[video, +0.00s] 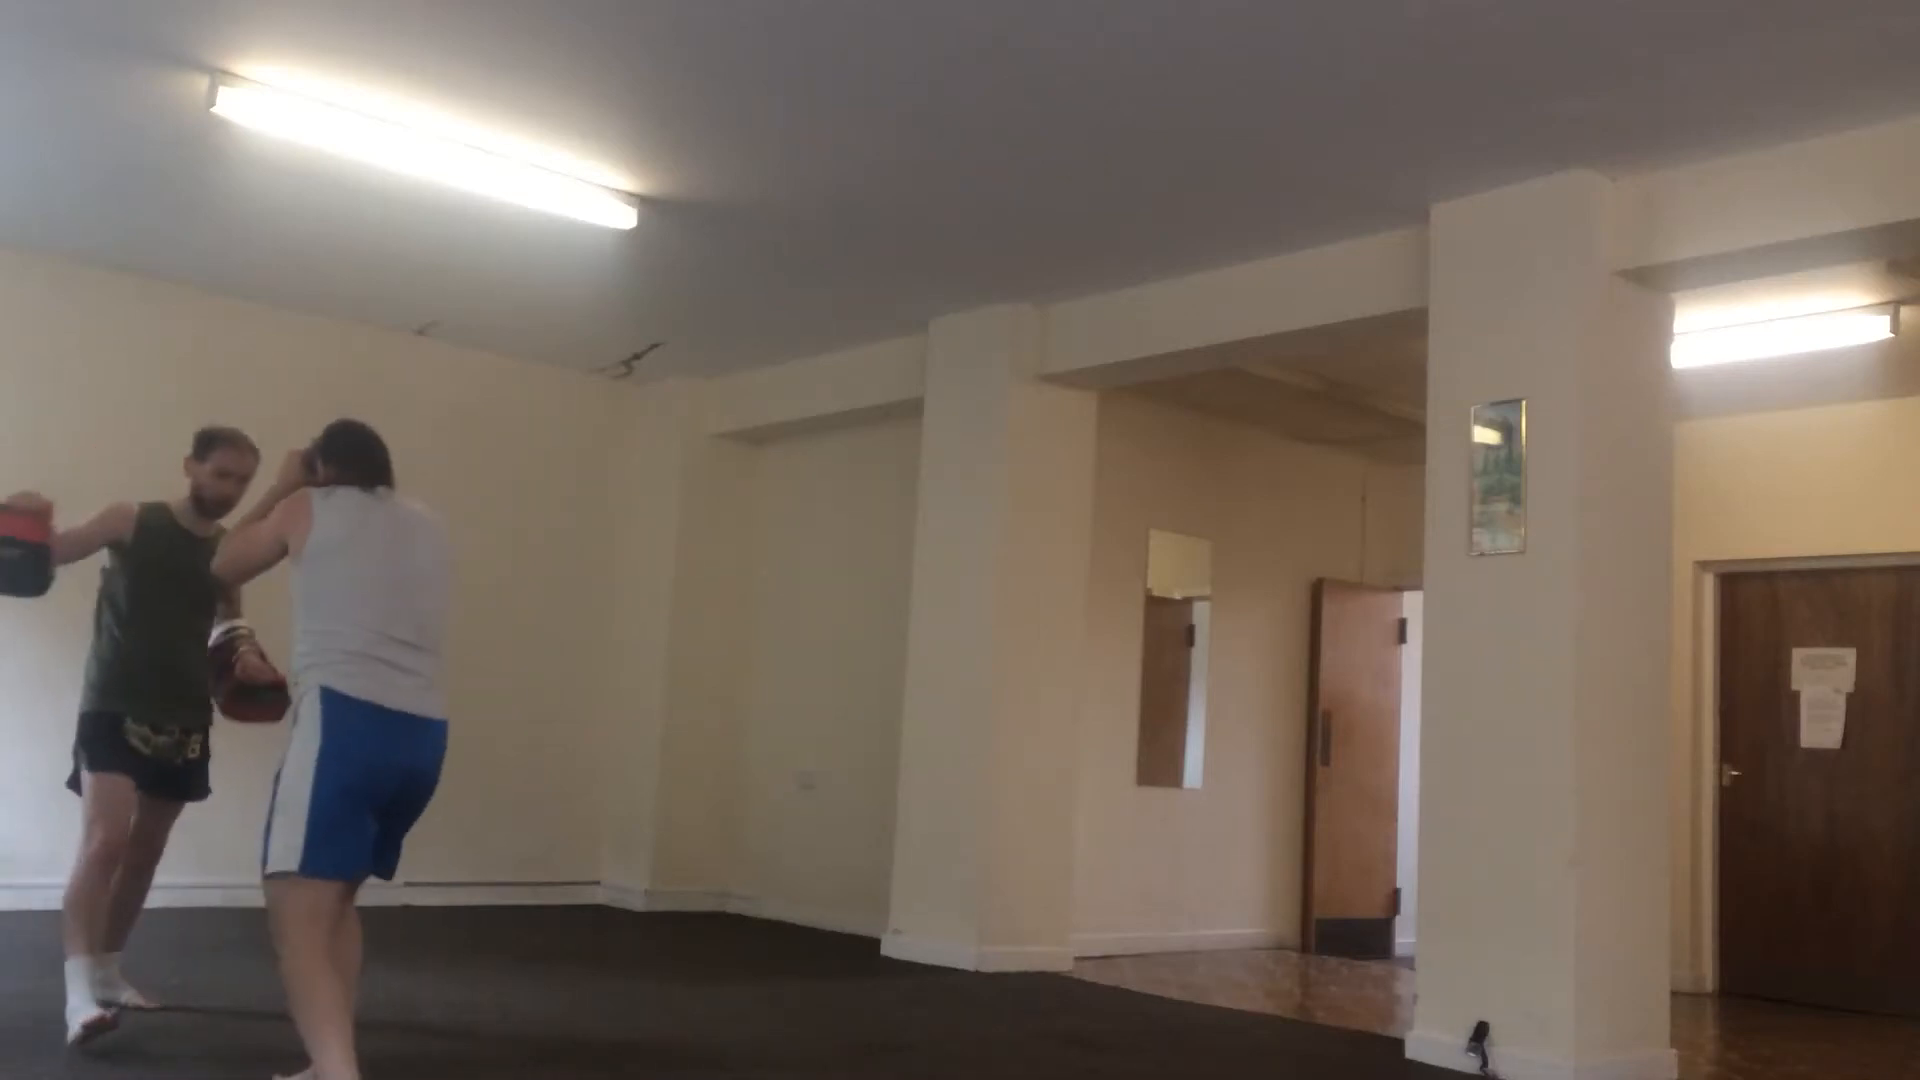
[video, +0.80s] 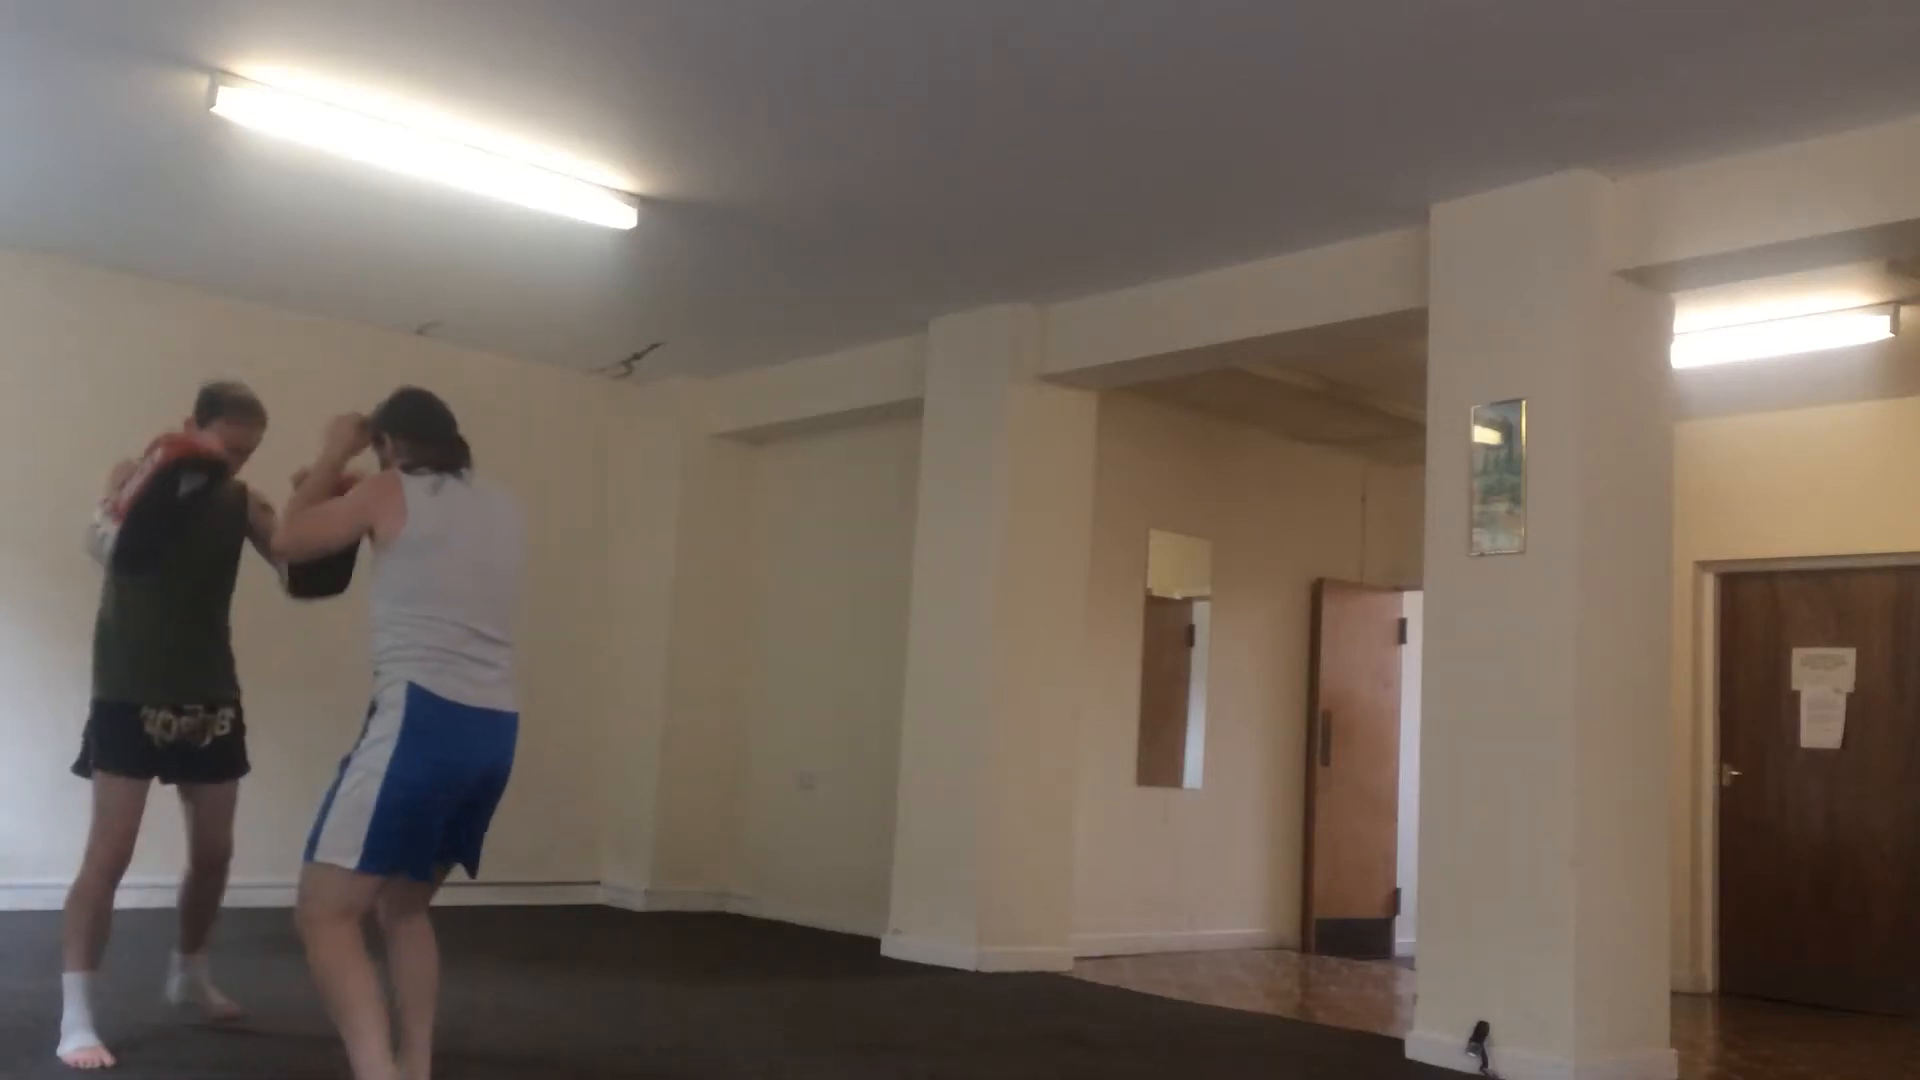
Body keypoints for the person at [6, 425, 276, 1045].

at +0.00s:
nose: (229, 487)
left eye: (241, 480)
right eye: (222, 473)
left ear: (246, 486)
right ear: (192, 466)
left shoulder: (228, 552)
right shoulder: (132, 521)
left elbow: (230, 635)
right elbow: (53, 552)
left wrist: (248, 659)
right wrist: (27, 523)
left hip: (182, 718)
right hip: (117, 707)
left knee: (145, 854)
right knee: (107, 843)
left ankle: (106, 973)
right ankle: (79, 997)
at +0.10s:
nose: (256, 488)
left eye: (266, 479)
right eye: (247, 473)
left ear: (270, 486)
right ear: (214, 468)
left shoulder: (236, 547)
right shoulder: (160, 516)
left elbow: (201, 624)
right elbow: (69, 527)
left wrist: (234, 658)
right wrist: (30, 519)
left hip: (180, 718)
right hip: (119, 709)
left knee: (142, 856)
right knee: (109, 849)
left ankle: (103, 967)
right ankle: (72, 1004)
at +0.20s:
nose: (266, 479)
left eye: (272, 469)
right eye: (257, 465)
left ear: (266, 474)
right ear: (225, 461)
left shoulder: (227, 540)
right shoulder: (186, 509)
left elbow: (193, 615)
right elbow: (150, 498)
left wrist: (226, 650)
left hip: (171, 712)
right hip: (115, 705)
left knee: (155, 849)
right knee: (121, 850)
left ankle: (111, 954)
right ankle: (77, 1013)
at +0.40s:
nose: (250, 467)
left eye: (254, 453)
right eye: (241, 450)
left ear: (239, 451)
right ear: (202, 441)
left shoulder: (219, 512)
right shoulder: (158, 499)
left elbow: (199, 587)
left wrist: (236, 615)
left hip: (180, 699)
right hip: (121, 698)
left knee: (160, 836)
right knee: (116, 850)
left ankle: (101, 939)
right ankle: (75, 1017)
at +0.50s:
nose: (251, 438)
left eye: (258, 427)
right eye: (239, 424)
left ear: (258, 430)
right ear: (203, 421)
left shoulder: (237, 501)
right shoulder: (158, 484)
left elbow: (211, 580)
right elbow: (57, 534)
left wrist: (251, 614)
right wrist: (125, 511)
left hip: (193, 692)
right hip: (126, 690)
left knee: (170, 833)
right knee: (111, 849)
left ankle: (90, 910)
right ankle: (75, 1018)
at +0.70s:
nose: (232, 451)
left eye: (244, 441)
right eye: (224, 435)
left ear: (250, 441)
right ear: (189, 422)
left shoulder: (240, 502)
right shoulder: (133, 478)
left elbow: (279, 580)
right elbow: (62, 557)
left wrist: (320, 568)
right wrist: (112, 522)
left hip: (202, 694)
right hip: (127, 692)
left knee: (195, 849)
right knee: (106, 857)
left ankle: (126, 951)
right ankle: (75, 1017)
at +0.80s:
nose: (234, 461)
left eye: (246, 452)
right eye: (229, 446)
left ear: (249, 450)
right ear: (199, 427)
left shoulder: (241, 498)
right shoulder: (136, 478)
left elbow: (297, 562)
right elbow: (106, 547)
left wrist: (324, 500)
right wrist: (152, 471)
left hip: (208, 689)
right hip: (130, 688)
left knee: (213, 853)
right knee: (108, 855)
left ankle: (190, 976)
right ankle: (76, 1019)